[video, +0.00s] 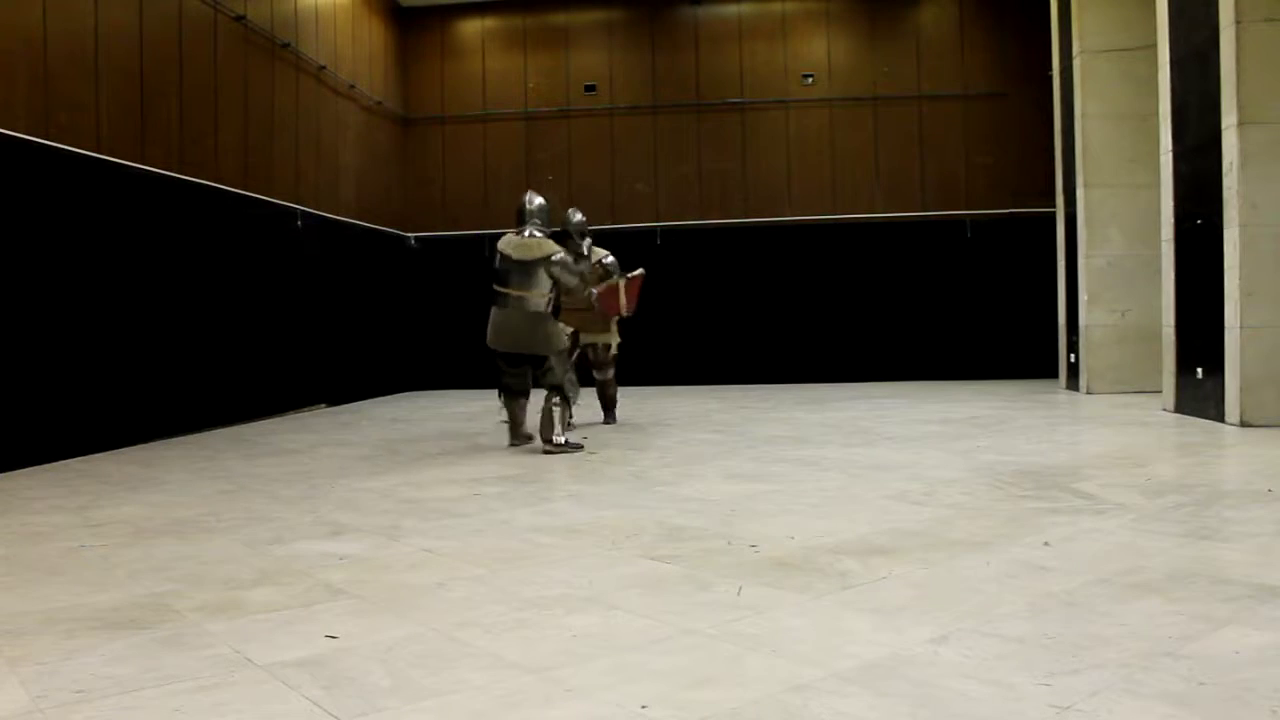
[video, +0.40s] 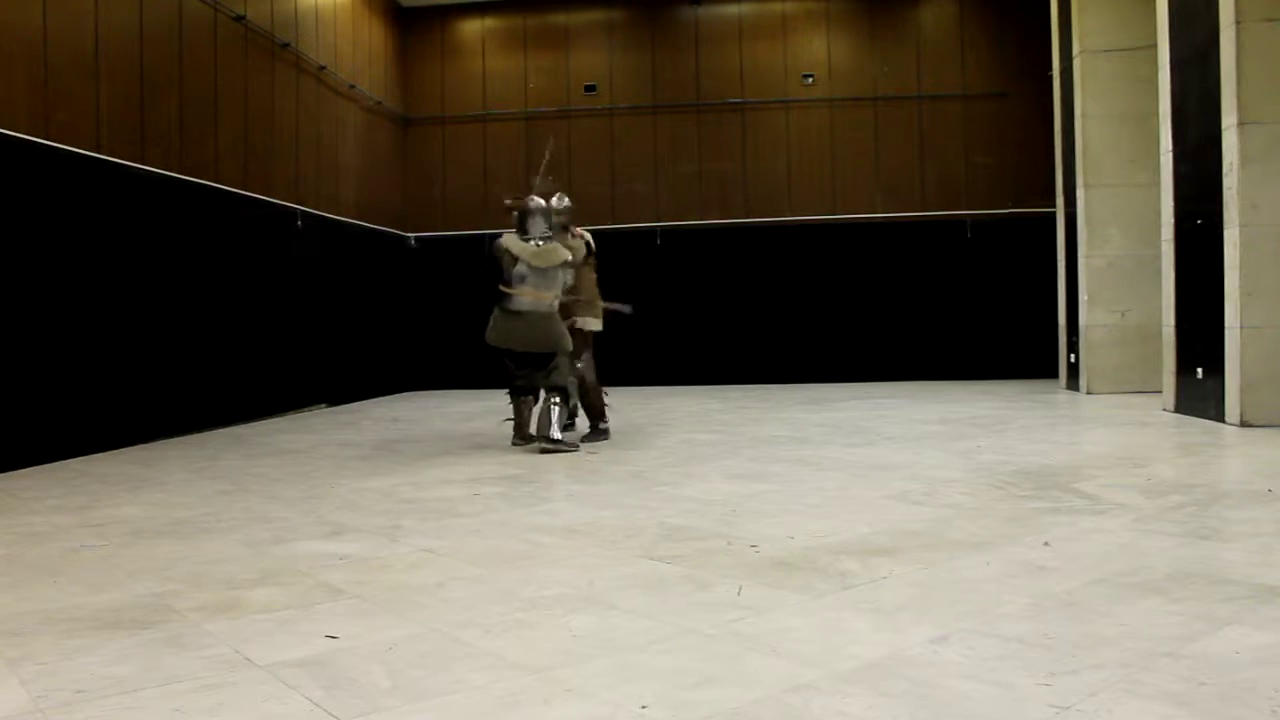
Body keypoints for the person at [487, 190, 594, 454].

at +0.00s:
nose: (544, 220)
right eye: (544, 216)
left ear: (520, 217)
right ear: (546, 218)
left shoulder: (504, 246)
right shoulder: (548, 250)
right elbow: (573, 279)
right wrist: (595, 269)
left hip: (502, 326)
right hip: (537, 327)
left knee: (514, 377)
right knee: (561, 378)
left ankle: (517, 431)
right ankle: (554, 433)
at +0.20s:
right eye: (549, 233)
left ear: (524, 231)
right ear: (549, 234)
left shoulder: (504, 257)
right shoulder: (554, 268)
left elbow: (499, 282)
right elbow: (567, 306)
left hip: (499, 338)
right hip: (535, 341)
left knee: (522, 376)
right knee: (558, 377)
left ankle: (521, 430)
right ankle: (553, 430)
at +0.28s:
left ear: (523, 228)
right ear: (549, 229)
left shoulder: (505, 255)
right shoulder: (558, 266)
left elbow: (498, 286)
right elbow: (568, 301)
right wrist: (550, 312)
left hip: (504, 333)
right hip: (541, 335)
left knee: (519, 375)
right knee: (557, 373)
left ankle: (521, 429)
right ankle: (552, 429)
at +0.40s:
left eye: (525, 219)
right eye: (544, 219)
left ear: (521, 223)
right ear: (548, 223)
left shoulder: (507, 248)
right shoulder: (561, 255)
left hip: (512, 322)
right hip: (546, 323)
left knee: (519, 375)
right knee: (559, 370)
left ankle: (521, 430)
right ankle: (551, 431)